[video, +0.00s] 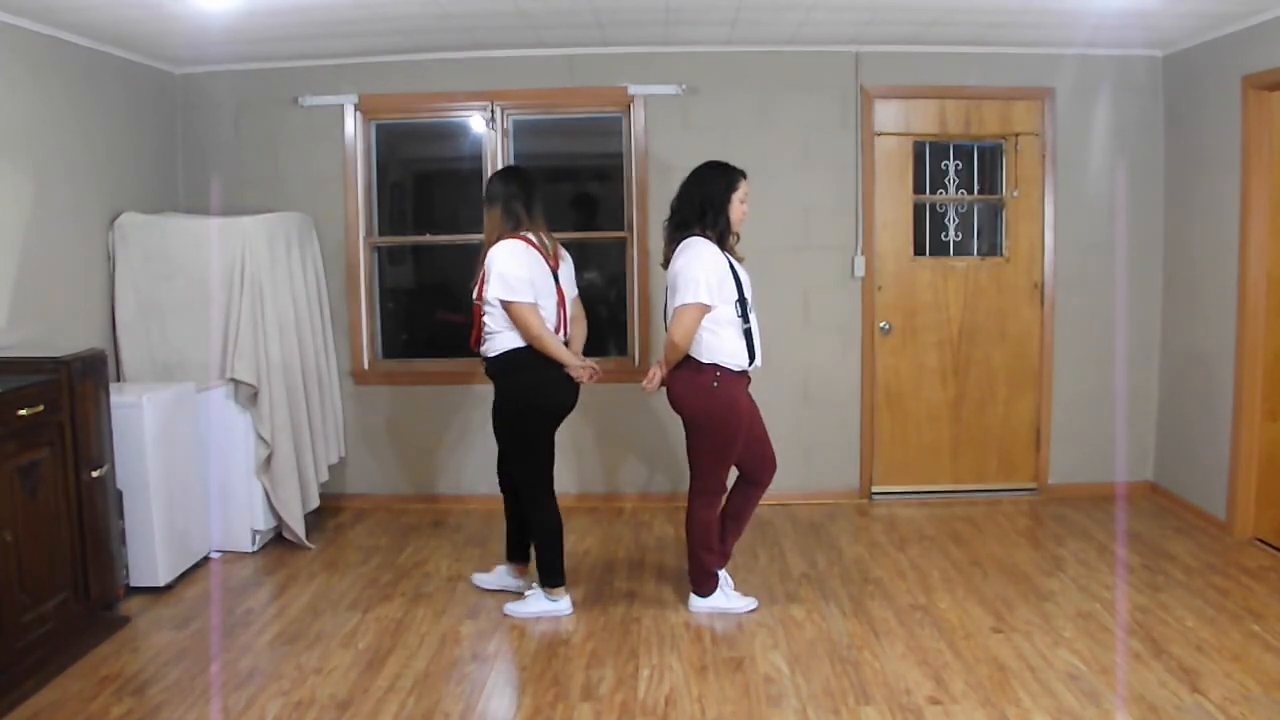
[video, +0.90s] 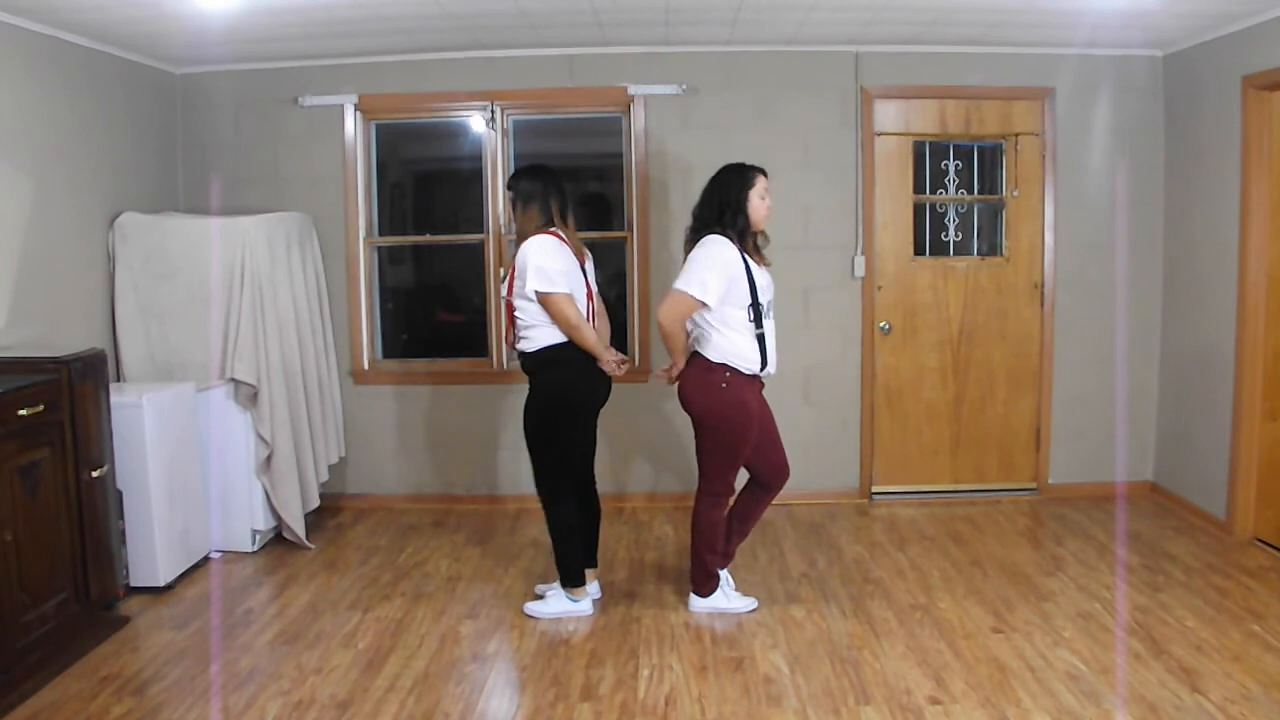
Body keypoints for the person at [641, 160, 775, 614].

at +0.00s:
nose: (746, 210)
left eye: (747, 201)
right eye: (741, 201)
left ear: (715, 203)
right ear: (717, 202)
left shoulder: (715, 252)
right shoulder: (698, 253)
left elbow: (686, 325)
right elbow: (680, 336)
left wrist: (663, 365)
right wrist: (663, 367)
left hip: (727, 380)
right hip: (708, 381)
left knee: (759, 470)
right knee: (707, 488)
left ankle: (713, 564)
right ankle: (705, 589)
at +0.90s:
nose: (769, 203)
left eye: (768, 195)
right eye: (763, 195)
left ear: (744, 201)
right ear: (738, 200)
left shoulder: (745, 252)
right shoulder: (716, 249)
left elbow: (721, 317)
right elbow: (669, 316)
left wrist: (688, 359)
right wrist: (679, 361)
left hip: (742, 383)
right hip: (719, 383)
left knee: (772, 473)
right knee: (716, 490)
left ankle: (715, 562)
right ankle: (705, 589)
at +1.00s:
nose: (773, 197)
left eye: (774, 191)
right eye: (763, 190)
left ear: (773, 202)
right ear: (738, 198)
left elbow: (746, 318)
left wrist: (755, 373)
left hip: (747, 384)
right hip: (722, 383)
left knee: (774, 475)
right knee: (721, 489)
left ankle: (715, 563)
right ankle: (705, 589)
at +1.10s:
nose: (776, 197)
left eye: (781, 192)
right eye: (765, 189)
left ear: (786, 206)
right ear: (743, 198)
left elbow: (777, 322)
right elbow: (669, 296)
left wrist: (794, 361)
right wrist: (694, 332)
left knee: (778, 477)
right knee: (734, 487)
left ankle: (716, 561)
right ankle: (706, 588)